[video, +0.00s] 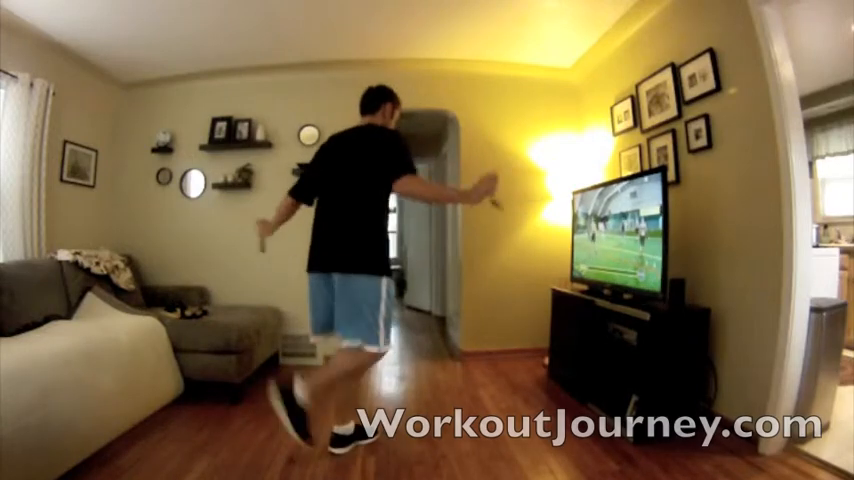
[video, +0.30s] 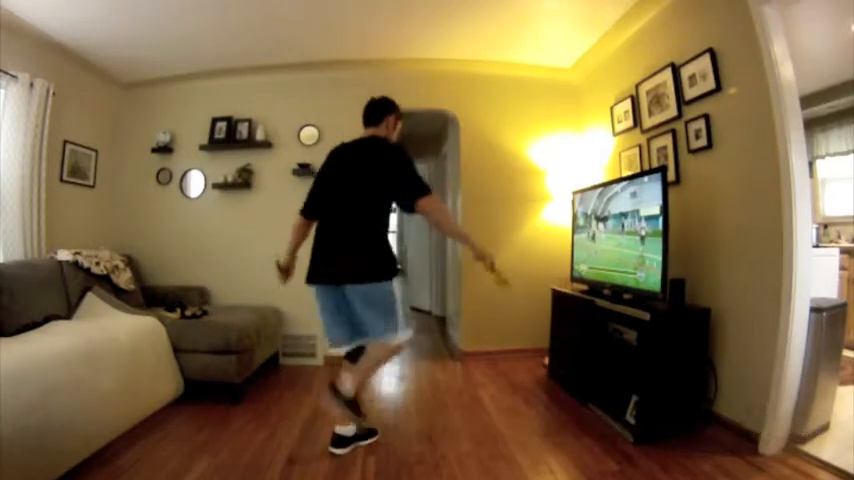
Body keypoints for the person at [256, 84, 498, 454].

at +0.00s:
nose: (395, 121)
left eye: (395, 115)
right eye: (396, 115)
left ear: (362, 111)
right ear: (389, 110)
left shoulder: (333, 143)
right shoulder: (387, 141)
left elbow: (299, 194)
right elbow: (405, 184)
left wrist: (272, 224)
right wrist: (467, 195)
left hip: (324, 255)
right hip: (363, 257)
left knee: (350, 344)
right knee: (372, 346)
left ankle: (345, 428)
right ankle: (301, 392)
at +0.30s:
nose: (398, 132)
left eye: (397, 125)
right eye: (398, 125)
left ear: (365, 123)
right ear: (391, 123)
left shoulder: (338, 155)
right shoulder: (392, 157)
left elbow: (307, 215)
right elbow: (430, 207)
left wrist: (288, 257)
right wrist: (472, 244)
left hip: (326, 264)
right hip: (368, 263)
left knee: (344, 348)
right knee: (392, 336)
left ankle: (346, 429)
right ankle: (349, 383)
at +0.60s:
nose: (413, 112)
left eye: (412, 106)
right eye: (413, 105)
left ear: (379, 101)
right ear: (405, 103)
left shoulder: (349, 136)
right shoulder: (410, 141)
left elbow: (316, 189)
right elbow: (439, 199)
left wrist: (293, 235)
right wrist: (477, 238)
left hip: (336, 251)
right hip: (385, 255)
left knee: (317, 345)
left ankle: (283, 419)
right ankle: (369, 431)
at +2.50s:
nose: (392, 83)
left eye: (391, 77)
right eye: (391, 76)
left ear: (356, 73)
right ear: (379, 72)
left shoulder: (325, 103)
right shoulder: (389, 109)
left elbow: (286, 160)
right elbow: (411, 169)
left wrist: (251, 202)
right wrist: (448, 213)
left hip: (306, 217)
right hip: (354, 223)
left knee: (303, 307)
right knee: (356, 313)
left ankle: (263, 383)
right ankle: (339, 406)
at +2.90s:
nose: (388, 113)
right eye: (386, 105)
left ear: (349, 102)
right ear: (380, 100)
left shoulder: (320, 125)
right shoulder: (372, 103)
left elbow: (280, 164)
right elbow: (391, 148)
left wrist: (257, 208)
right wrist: (430, 191)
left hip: (299, 214)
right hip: (339, 213)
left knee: (325, 312)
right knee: (329, 316)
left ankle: (325, 396)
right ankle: (293, 419)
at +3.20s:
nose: (381, 106)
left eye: (380, 98)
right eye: (380, 98)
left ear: (341, 100)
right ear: (374, 98)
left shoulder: (315, 139)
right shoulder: (378, 138)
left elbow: (277, 192)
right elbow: (413, 200)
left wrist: (274, 211)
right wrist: (471, 213)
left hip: (301, 270)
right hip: (346, 273)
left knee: (330, 361)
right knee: (359, 376)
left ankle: (323, 435)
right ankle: (327, 463)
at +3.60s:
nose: (389, 68)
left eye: (386, 62)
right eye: (388, 62)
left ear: (351, 59)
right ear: (382, 59)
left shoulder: (322, 95)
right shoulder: (390, 93)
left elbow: (292, 162)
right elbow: (419, 154)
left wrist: (271, 212)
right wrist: (458, 202)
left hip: (311, 212)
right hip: (356, 211)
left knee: (337, 315)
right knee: (347, 314)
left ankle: (346, 410)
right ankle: (332, 417)